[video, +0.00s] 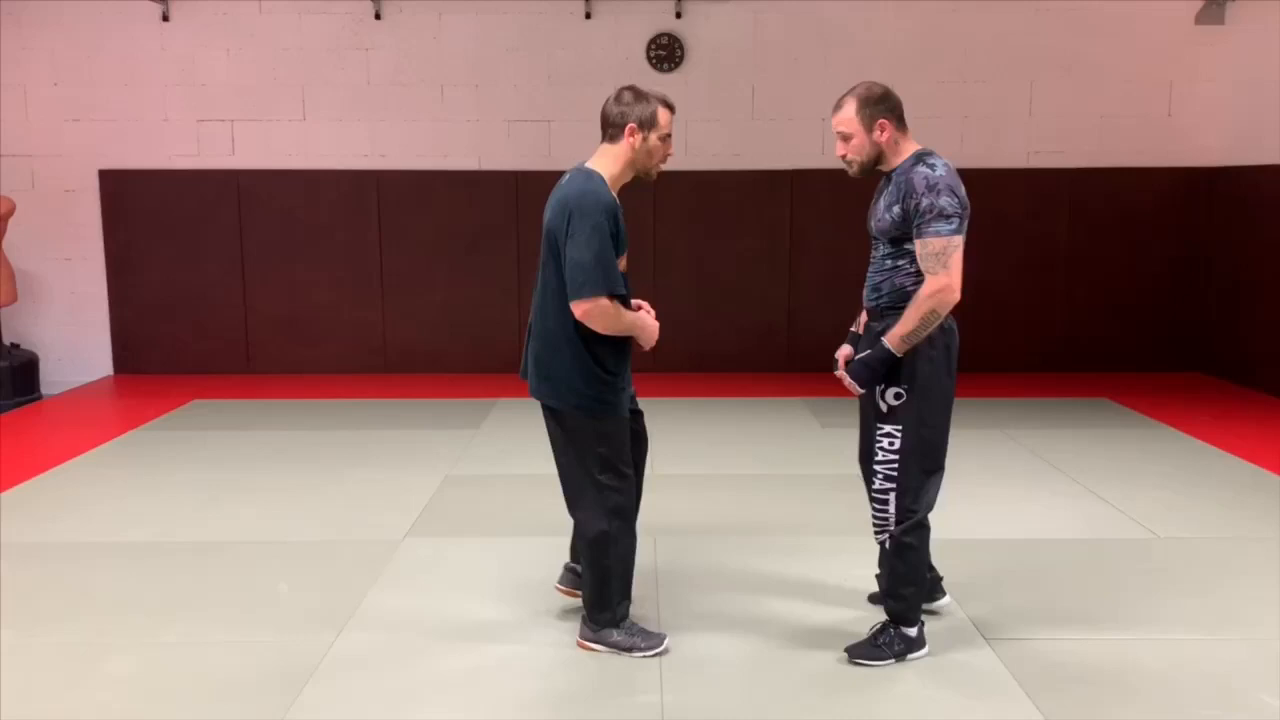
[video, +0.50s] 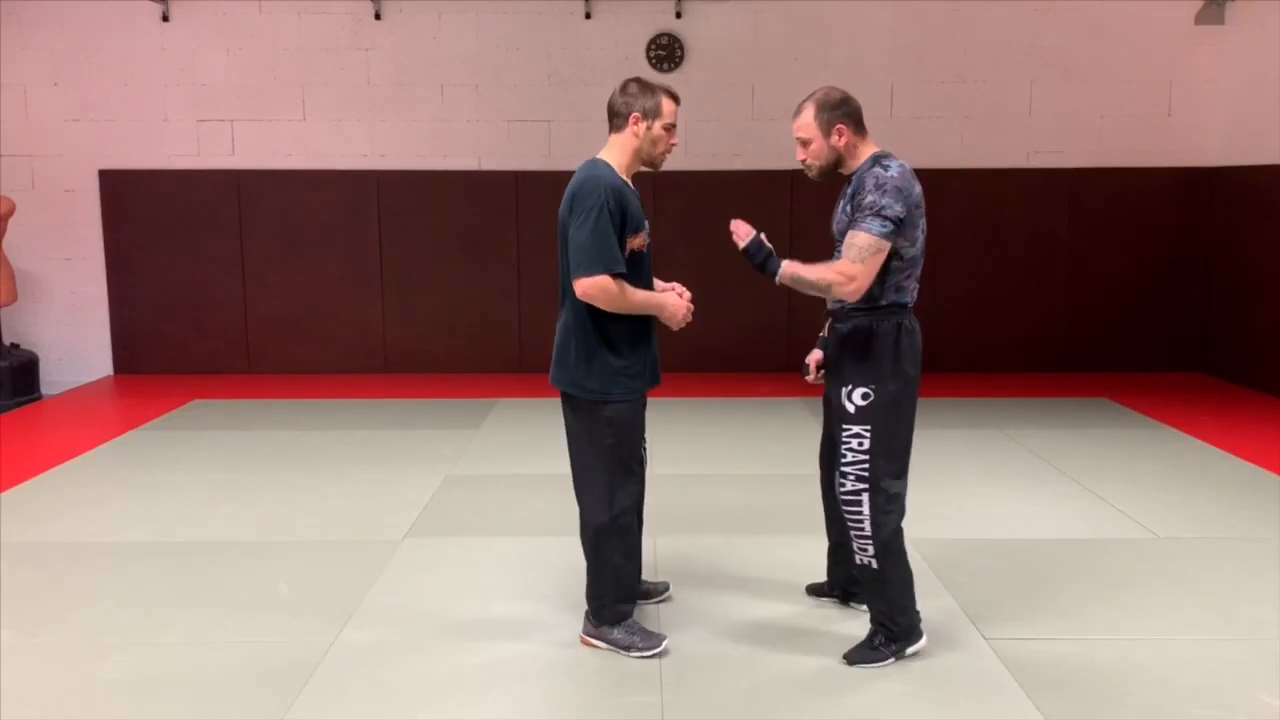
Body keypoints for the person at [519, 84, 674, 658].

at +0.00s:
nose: (670, 148)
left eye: (671, 137)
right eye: (664, 136)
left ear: (626, 136)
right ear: (633, 135)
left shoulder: (588, 190)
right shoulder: (590, 200)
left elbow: (601, 278)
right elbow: (589, 305)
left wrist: (627, 308)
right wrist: (636, 323)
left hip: (589, 370)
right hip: (580, 379)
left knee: (628, 456)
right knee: (610, 494)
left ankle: (583, 566)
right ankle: (605, 623)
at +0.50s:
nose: (675, 140)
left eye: (676, 129)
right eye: (669, 128)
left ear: (637, 126)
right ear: (636, 125)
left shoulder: (617, 185)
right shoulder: (596, 188)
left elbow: (620, 273)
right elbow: (591, 285)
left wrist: (660, 291)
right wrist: (658, 303)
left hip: (617, 370)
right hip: (596, 374)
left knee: (623, 484)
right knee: (608, 493)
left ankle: (620, 580)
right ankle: (606, 617)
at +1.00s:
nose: (682, 153)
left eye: (684, 141)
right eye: (678, 140)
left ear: (644, 133)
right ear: (647, 134)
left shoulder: (621, 193)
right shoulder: (589, 196)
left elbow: (627, 272)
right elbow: (590, 295)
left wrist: (656, 296)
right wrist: (655, 306)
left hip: (623, 374)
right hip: (592, 379)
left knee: (631, 485)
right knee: (605, 496)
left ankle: (625, 578)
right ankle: (604, 619)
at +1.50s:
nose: (644, 160)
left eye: (646, 149)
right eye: (640, 148)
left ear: (607, 141)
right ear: (610, 142)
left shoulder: (584, 195)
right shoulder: (557, 207)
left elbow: (604, 250)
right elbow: (577, 310)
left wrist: (652, 251)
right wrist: (637, 278)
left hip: (592, 373)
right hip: (549, 382)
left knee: (623, 468)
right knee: (550, 498)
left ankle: (620, 575)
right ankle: (520, 617)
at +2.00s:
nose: (651, 175)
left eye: (654, 164)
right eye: (649, 164)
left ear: (618, 151)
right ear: (620, 151)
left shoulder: (588, 194)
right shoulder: (564, 204)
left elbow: (625, 252)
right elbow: (595, 301)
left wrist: (657, 228)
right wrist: (647, 245)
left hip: (585, 372)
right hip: (541, 377)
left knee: (609, 476)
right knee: (533, 502)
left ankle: (608, 580)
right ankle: (505, 615)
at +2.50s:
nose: (630, 168)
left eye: (632, 157)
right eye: (626, 155)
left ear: (591, 148)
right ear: (593, 147)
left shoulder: (577, 201)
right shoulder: (540, 209)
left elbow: (611, 258)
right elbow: (579, 306)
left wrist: (657, 227)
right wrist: (637, 258)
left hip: (589, 374)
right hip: (541, 381)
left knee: (619, 471)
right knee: (536, 497)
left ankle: (609, 581)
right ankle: (505, 613)